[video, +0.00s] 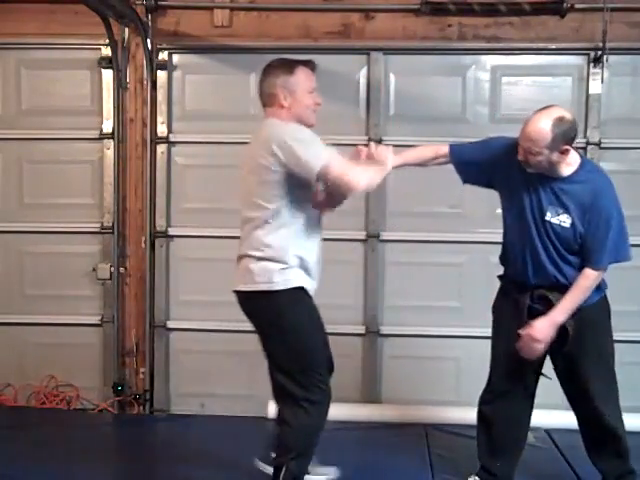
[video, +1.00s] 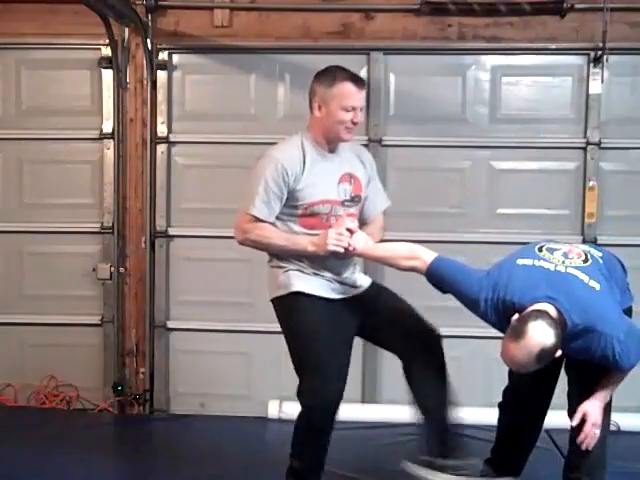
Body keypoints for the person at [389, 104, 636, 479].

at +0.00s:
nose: (521, 155)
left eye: (531, 151)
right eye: (521, 146)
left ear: (563, 151)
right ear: (522, 135)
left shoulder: (595, 189)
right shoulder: (509, 156)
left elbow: (595, 268)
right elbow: (446, 152)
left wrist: (551, 321)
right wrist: (392, 158)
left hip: (579, 306)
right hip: (518, 302)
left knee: (598, 405)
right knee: (503, 396)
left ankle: (619, 473)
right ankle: (492, 473)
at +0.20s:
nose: (516, 156)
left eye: (525, 151)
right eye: (516, 146)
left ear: (557, 152)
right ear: (516, 137)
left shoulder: (597, 191)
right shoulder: (506, 157)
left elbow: (614, 267)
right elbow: (441, 147)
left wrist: (592, 321)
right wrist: (381, 168)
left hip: (571, 306)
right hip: (513, 301)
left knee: (581, 396)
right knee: (500, 395)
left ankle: (600, 474)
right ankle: (494, 474)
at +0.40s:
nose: (518, 187)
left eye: (527, 184)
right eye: (519, 178)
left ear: (563, 183)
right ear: (521, 164)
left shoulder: (608, 216)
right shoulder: (518, 175)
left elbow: (635, 286)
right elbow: (444, 158)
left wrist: (620, 345)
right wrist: (383, 175)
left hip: (577, 319)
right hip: (524, 307)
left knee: (566, 424)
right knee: (498, 405)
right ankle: (494, 476)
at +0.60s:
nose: (507, 258)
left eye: (518, 258)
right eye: (508, 248)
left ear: (556, 253)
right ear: (513, 229)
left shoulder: (607, 263)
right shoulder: (509, 219)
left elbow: (636, 316)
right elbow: (431, 214)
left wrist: (622, 377)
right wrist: (372, 221)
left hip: (595, 322)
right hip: (539, 312)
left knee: (579, 417)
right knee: (519, 401)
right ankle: (495, 474)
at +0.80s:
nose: (504, 348)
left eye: (511, 346)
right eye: (504, 339)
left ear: (554, 333)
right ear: (508, 306)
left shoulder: (609, 319)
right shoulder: (489, 277)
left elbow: (637, 348)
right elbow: (420, 244)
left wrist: (616, 392)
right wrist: (363, 236)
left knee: (588, 424)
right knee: (522, 403)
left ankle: (580, 475)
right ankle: (496, 473)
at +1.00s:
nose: (510, 366)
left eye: (516, 366)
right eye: (508, 360)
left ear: (556, 354)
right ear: (511, 325)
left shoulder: (604, 340)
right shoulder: (488, 295)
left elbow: (632, 357)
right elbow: (420, 259)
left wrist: (600, 398)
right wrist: (364, 247)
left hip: (606, 280)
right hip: (538, 264)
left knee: (590, 420)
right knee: (521, 400)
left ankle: (581, 473)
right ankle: (499, 471)